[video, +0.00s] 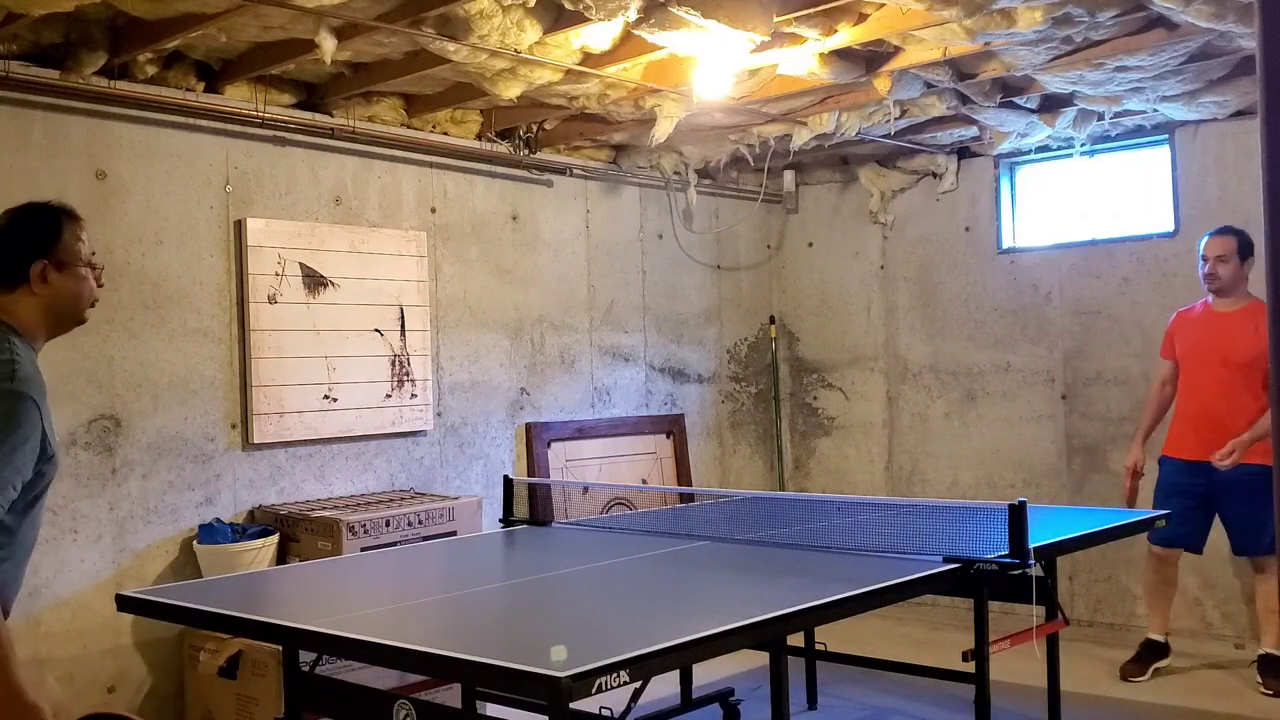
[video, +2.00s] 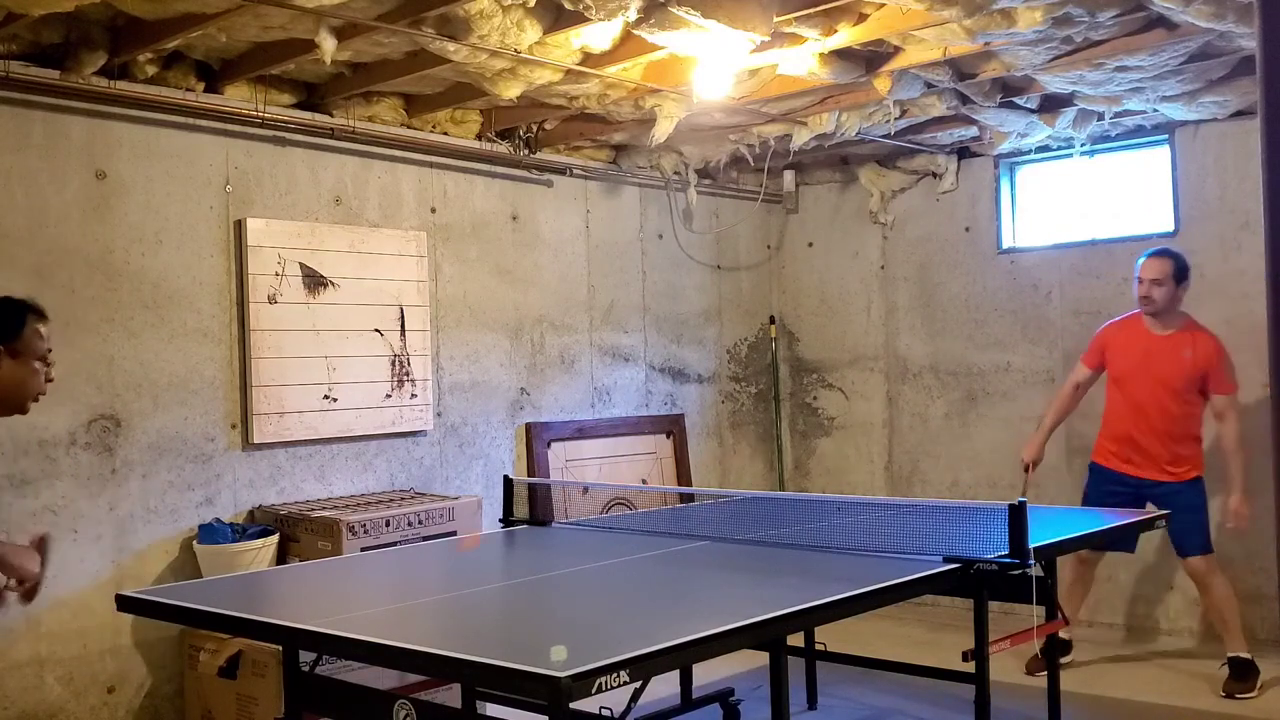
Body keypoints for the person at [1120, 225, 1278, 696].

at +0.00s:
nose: (1210, 268)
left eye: (1220, 260)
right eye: (1205, 260)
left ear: (1246, 266)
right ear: (1199, 265)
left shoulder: (1266, 319)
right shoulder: (1184, 319)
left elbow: (1277, 401)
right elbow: (1164, 385)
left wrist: (1247, 438)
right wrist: (1139, 441)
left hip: (1249, 462)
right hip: (1183, 459)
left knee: (1264, 559)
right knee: (1161, 546)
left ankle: (1270, 654)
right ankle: (1155, 641)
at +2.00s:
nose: (1145, 291)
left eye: (1156, 284)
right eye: (1140, 282)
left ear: (1181, 289)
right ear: (1134, 284)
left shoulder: (1205, 346)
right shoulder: (1113, 334)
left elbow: (1226, 417)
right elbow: (1075, 385)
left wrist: (1236, 489)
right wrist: (1039, 437)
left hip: (1177, 477)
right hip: (1112, 470)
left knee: (1200, 563)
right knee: (1083, 555)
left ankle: (1240, 659)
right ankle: (1056, 641)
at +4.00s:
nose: (1037, 293)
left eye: (1047, 285)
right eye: (1031, 286)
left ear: (1067, 289)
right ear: (1026, 291)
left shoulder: (1096, 343)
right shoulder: (1016, 344)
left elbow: (1124, 407)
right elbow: (999, 398)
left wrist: (1135, 472)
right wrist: (978, 428)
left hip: (1090, 478)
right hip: (1028, 477)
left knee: (1127, 557)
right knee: (997, 551)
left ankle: (1171, 646)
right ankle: (998, 636)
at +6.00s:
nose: (667, 409)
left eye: (667, 401)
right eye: (663, 403)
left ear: (687, 387)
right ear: (689, 385)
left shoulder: (715, 413)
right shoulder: (730, 385)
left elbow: (695, 487)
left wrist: (669, 523)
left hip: (791, 485)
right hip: (809, 475)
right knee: (832, 549)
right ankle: (889, 614)